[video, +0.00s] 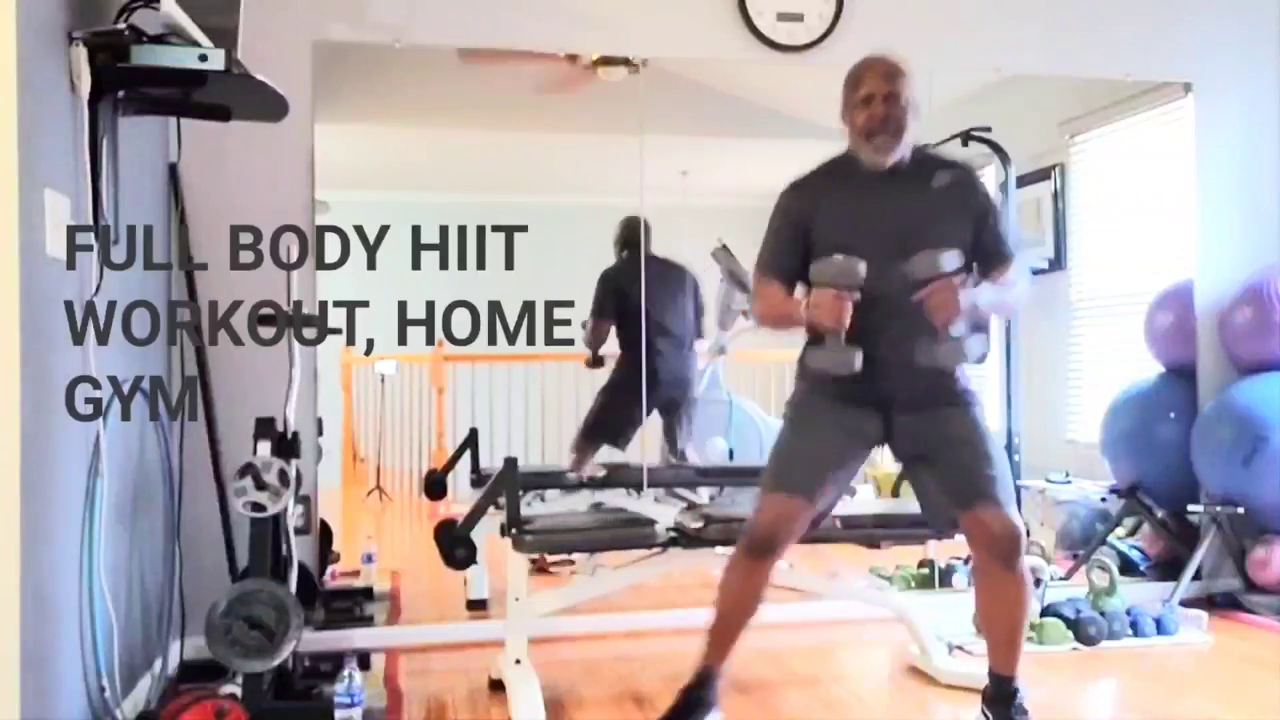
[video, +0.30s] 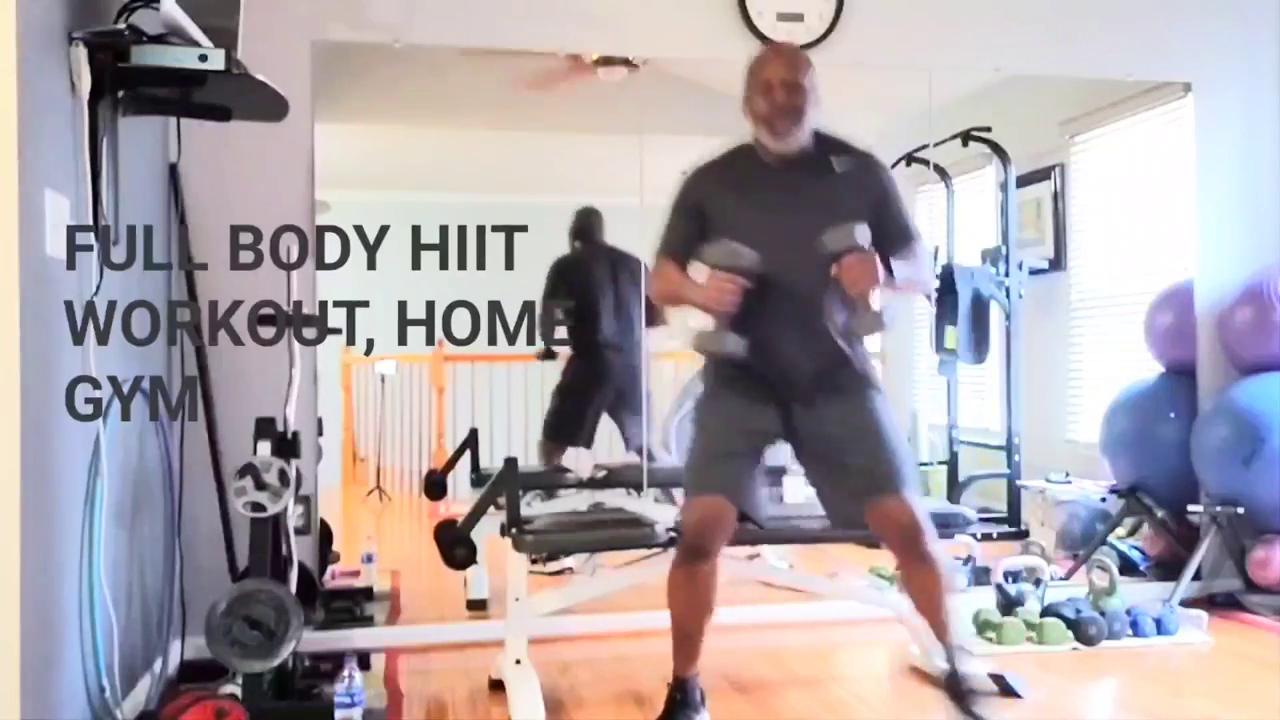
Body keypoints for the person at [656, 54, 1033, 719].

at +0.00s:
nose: (879, 110)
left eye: (892, 99)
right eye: (865, 101)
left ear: (915, 109)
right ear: (844, 115)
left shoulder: (959, 188)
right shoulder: (808, 196)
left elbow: (1010, 287)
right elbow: (765, 301)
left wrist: (970, 298)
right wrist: (806, 307)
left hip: (935, 397)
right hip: (836, 394)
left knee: (1001, 536)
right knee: (764, 535)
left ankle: (1004, 696)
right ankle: (704, 683)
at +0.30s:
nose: (780, 99)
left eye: (793, 87)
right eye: (767, 88)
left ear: (814, 95)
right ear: (747, 97)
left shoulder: (860, 174)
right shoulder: (711, 183)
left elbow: (917, 270)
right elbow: (661, 280)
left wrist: (881, 275)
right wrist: (698, 290)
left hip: (837, 380)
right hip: (740, 380)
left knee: (904, 526)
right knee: (700, 533)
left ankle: (955, 663)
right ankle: (684, 687)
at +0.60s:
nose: (727, 86)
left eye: (741, 74)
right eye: (714, 74)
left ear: (766, 83)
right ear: (696, 85)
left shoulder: (817, 146)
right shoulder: (671, 157)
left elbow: (874, 195)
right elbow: (617, 225)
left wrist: (881, 243)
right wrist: (614, 266)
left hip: (771, 373)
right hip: (679, 368)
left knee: (763, 549)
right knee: (659, 534)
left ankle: (762, 672)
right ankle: (676, 688)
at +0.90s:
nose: (730, 74)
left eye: (744, 62)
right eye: (718, 62)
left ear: (770, 67)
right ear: (700, 69)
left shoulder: (821, 140)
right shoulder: (672, 152)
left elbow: (873, 235)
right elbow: (617, 243)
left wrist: (841, 257)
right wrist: (641, 269)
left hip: (805, 365)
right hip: (709, 369)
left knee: (866, 523)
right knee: (679, 528)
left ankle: (923, 676)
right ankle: (679, 687)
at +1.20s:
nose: (806, 159)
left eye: (820, 147)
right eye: (793, 147)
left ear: (847, 154)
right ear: (775, 155)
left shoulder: (890, 229)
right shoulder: (739, 234)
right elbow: (696, 341)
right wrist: (725, 337)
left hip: (869, 435)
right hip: (760, 434)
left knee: (964, 556)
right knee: (699, 564)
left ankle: (988, 705)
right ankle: (685, 694)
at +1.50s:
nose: (881, 43)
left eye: (896, 30)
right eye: (867, 31)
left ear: (925, 41)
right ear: (848, 44)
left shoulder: (970, 121)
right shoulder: (812, 129)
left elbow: (1024, 190)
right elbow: (763, 210)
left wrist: (1031, 235)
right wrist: (762, 249)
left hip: (946, 357)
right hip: (844, 358)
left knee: (976, 530)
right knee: (814, 530)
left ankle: (992, 700)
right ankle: (835, 677)